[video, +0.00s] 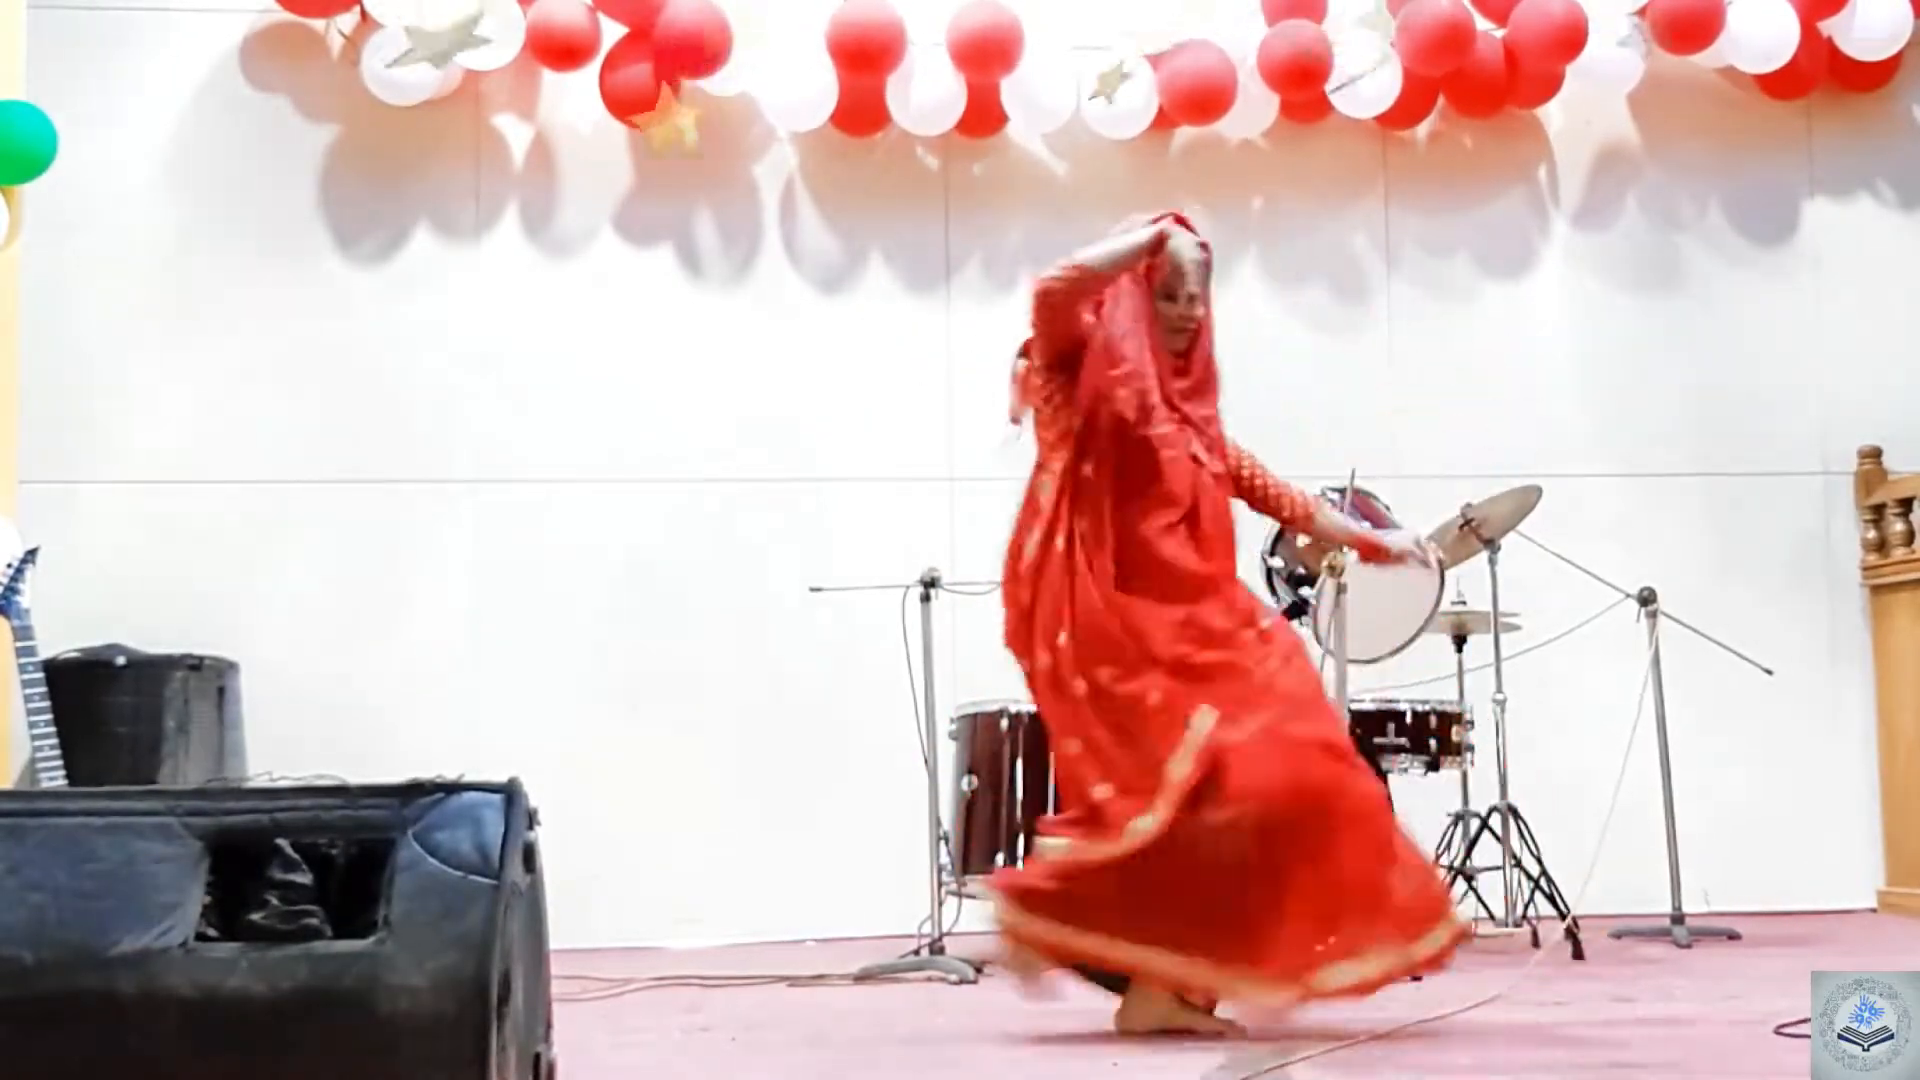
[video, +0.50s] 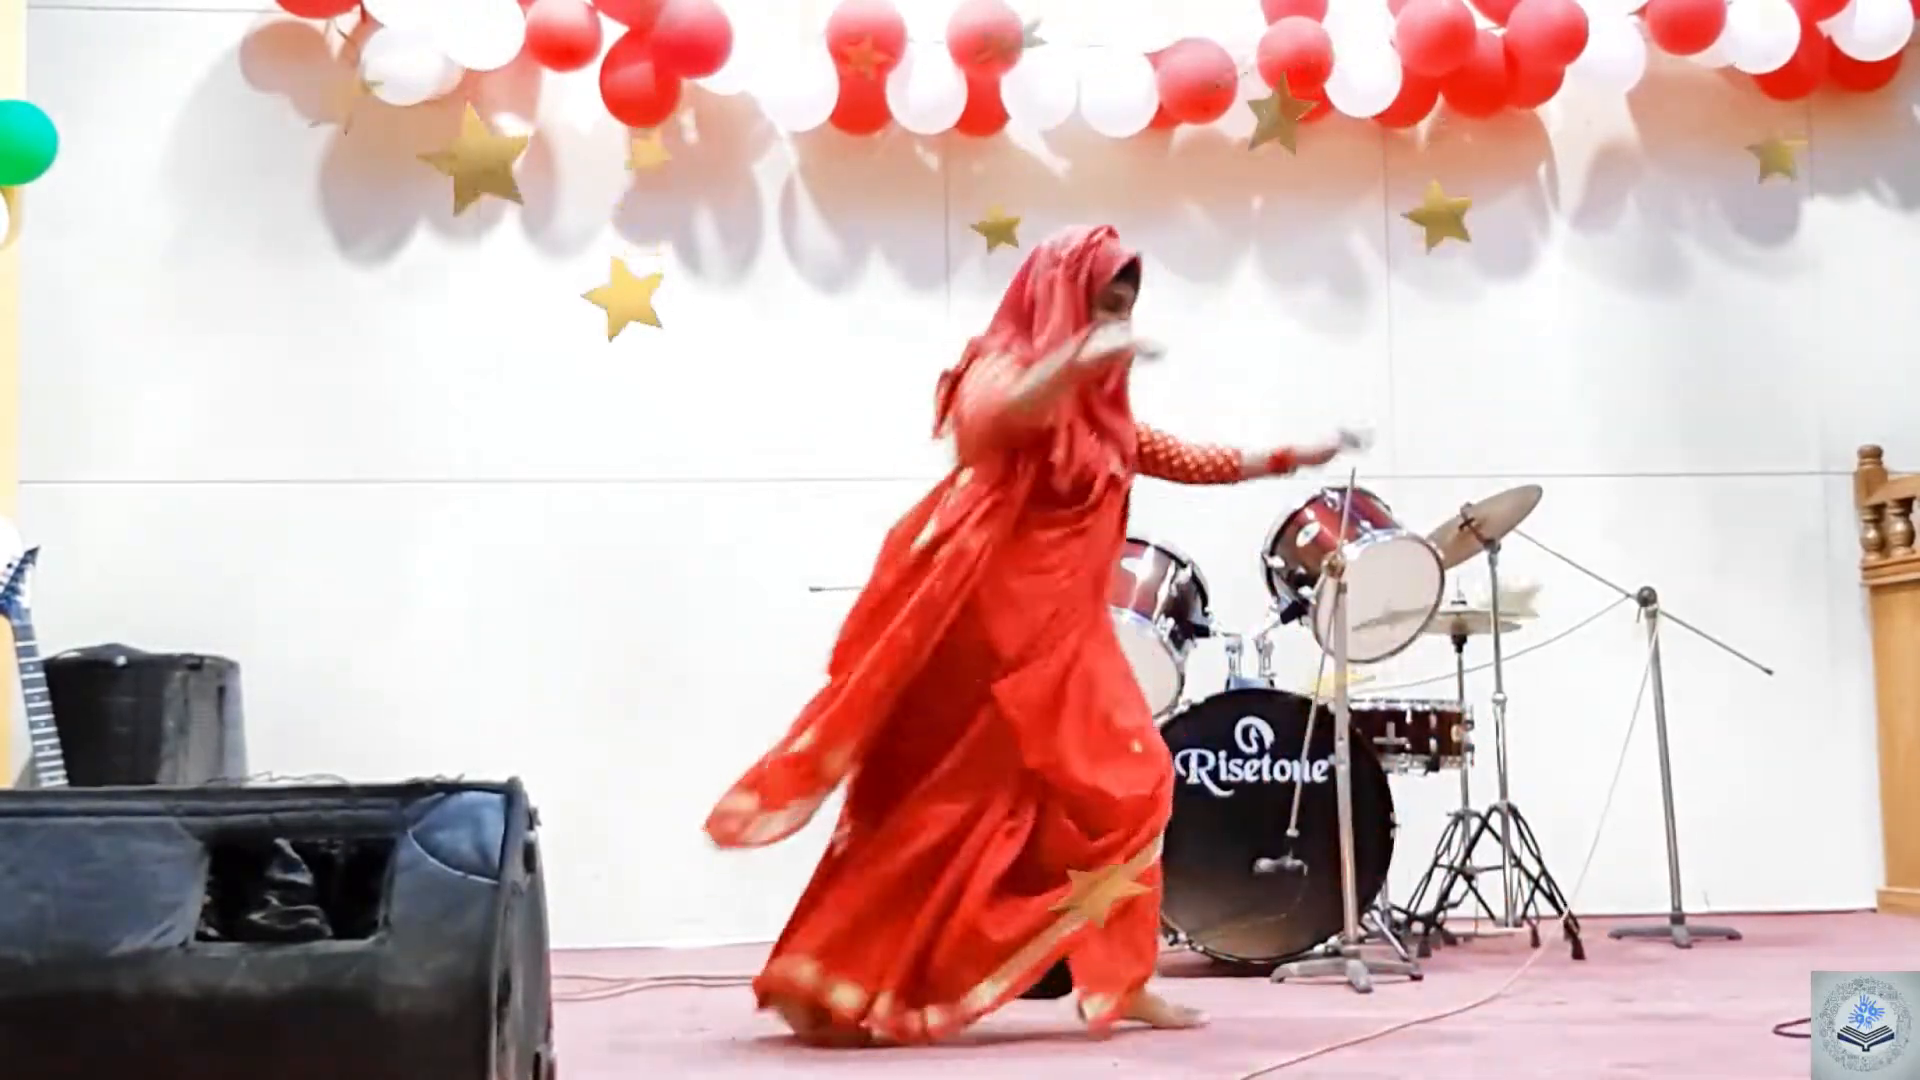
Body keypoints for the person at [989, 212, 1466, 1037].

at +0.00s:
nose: (1190, 313)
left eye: (1200, 297)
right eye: (1174, 297)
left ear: (1211, 304)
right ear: (1140, 299)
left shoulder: (1188, 417)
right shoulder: (1085, 382)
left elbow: (1277, 498)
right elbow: (1055, 290)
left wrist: (1372, 543)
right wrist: (1143, 241)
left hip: (1197, 620)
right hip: (1109, 623)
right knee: (1196, 790)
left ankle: (1160, 991)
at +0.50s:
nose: (1128, 306)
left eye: (1131, 289)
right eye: (1116, 288)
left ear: (1111, 307)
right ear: (1064, 292)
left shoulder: (1101, 411)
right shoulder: (998, 369)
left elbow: (1186, 459)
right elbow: (977, 433)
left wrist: (1288, 456)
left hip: (1068, 635)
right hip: (980, 631)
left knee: (1136, 783)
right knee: (929, 801)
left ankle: (1121, 980)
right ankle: (824, 980)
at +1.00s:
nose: (1277, 282)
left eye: (1273, 268)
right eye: (1267, 269)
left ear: (1178, 280)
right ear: (1240, 277)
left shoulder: (1149, 374)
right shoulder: (1250, 351)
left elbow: (1284, 399)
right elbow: (1342, 394)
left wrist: (1371, 371)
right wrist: (1429, 389)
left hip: (1222, 584)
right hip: (1314, 575)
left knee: (1228, 755)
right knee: (1399, 754)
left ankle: (1161, 928)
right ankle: (1426, 966)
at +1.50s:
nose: (1415, 237)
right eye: (1407, 225)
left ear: (1303, 253)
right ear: (1399, 233)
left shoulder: (1275, 368)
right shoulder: (1416, 288)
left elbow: (1238, 499)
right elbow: (1530, 232)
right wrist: (1514, 216)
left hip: (1314, 599)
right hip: (1428, 581)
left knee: (1337, 792)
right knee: (1474, 748)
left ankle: (1363, 1000)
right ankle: (1476, 909)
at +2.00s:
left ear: (1400, 264)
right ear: (1504, 259)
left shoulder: (1366, 373)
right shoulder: (1546, 352)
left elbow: (1308, 434)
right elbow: (1637, 432)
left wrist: (1273, 414)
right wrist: (1704, 458)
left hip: (1450, 629)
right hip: (1564, 614)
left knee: (1474, 827)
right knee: (1594, 817)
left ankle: (1488, 1021)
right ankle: (1619, 1028)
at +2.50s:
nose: (1320, 238)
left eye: (1332, 224)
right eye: (1329, 223)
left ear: (1351, 241)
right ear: (1426, 250)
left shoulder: (1325, 327)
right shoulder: (1451, 347)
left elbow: (1243, 387)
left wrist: (1179, 373)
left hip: (1358, 623)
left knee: (1344, 817)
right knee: (1281, 786)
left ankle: (1470, 976)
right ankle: (1282, 974)